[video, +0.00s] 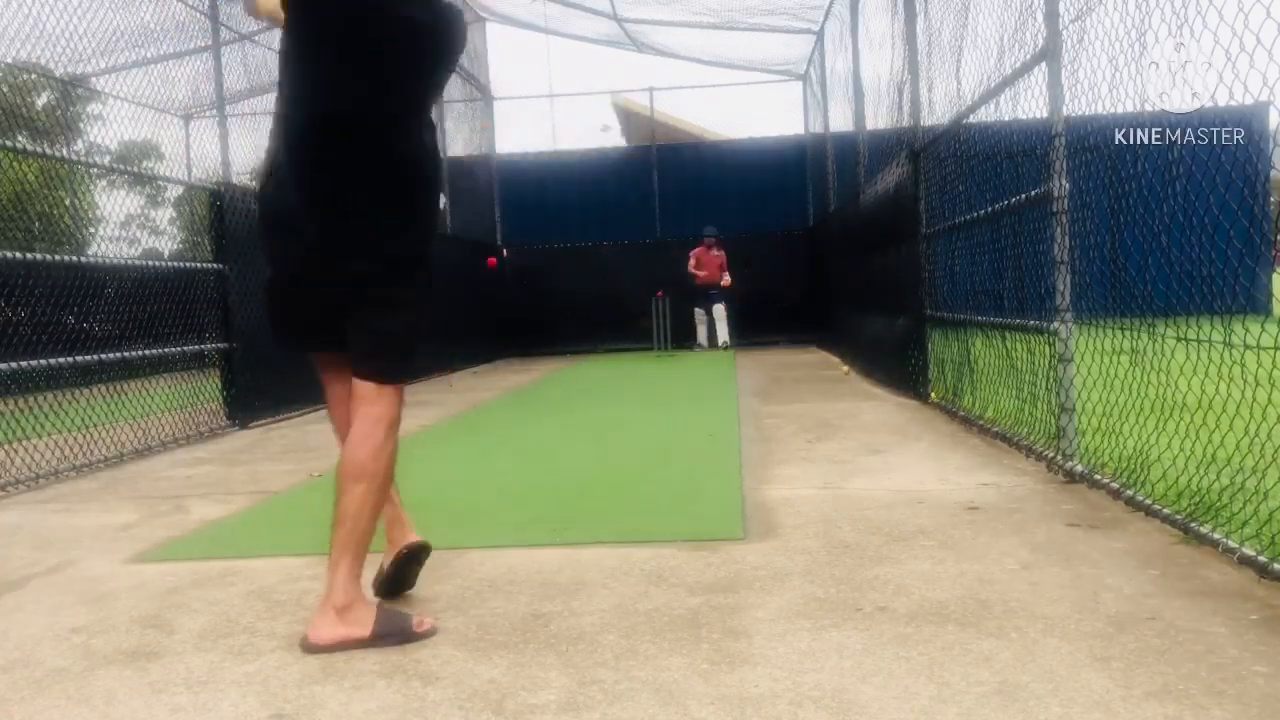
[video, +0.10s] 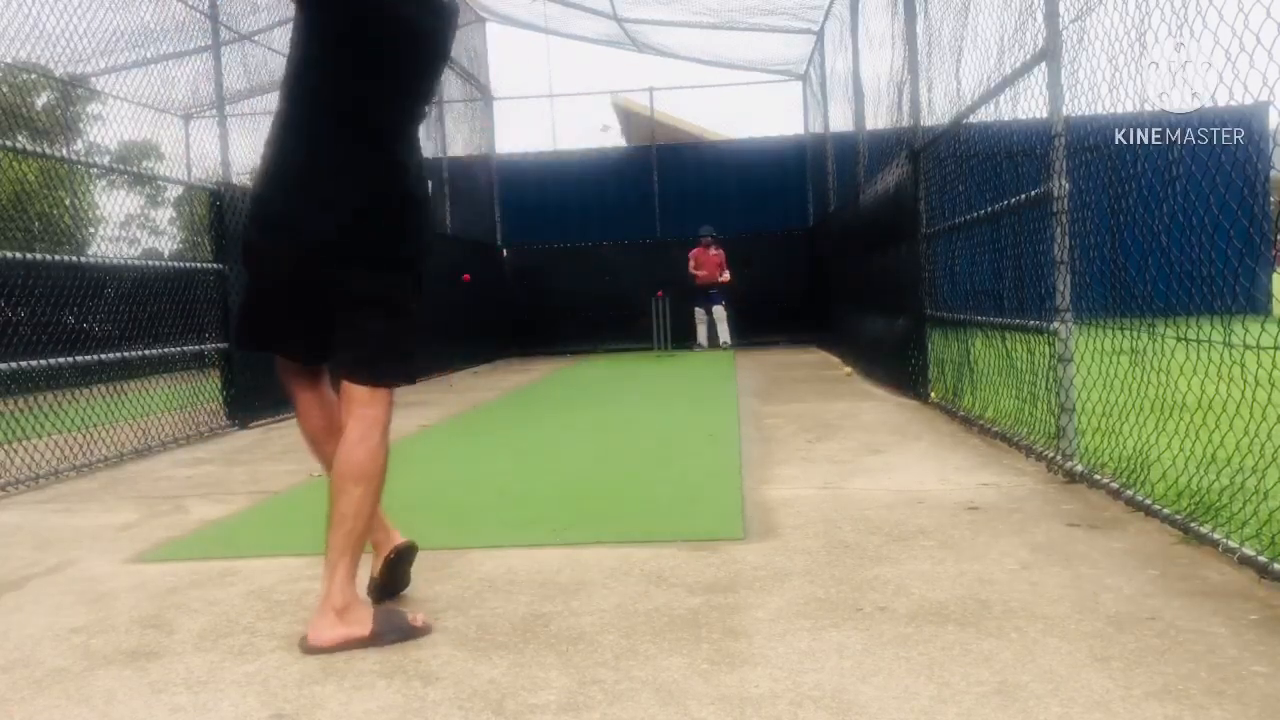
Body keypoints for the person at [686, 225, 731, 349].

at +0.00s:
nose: (710, 240)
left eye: (712, 237)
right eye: (707, 237)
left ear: (716, 239)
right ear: (703, 239)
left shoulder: (720, 253)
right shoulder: (696, 253)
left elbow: (724, 271)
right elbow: (690, 268)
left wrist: (726, 278)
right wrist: (699, 273)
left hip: (715, 286)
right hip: (700, 287)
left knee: (720, 312)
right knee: (700, 315)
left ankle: (723, 342)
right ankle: (702, 343)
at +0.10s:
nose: (706, 240)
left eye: (709, 237)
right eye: (704, 237)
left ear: (713, 238)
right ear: (700, 239)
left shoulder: (719, 252)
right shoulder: (695, 253)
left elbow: (724, 268)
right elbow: (690, 269)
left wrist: (725, 274)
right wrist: (698, 273)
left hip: (715, 285)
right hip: (700, 287)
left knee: (719, 313)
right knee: (700, 315)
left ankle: (725, 341)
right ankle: (702, 343)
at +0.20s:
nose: (705, 240)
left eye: (707, 237)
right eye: (703, 238)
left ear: (712, 238)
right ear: (700, 239)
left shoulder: (720, 252)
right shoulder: (695, 254)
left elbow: (726, 268)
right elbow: (692, 269)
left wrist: (725, 275)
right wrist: (699, 273)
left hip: (715, 285)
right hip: (701, 286)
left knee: (719, 314)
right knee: (700, 315)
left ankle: (725, 341)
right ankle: (702, 343)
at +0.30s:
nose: (702, 241)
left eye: (704, 238)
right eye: (701, 238)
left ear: (711, 238)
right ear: (701, 239)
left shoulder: (721, 252)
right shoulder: (697, 253)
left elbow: (728, 269)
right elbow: (694, 270)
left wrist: (724, 275)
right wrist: (700, 273)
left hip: (716, 284)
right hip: (702, 286)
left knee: (720, 312)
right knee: (701, 314)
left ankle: (725, 341)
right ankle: (702, 342)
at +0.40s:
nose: (704, 241)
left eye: (706, 239)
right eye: (703, 239)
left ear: (712, 239)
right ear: (702, 240)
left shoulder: (723, 251)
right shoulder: (699, 254)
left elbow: (730, 269)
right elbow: (696, 270)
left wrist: (724, 275)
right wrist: (702, 273)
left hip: (718, 285)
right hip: (704, 286)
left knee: (721, 312)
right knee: (702, 313)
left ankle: (725, 341)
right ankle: (702, 342)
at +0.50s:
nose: (705, 242)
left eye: (707, 239)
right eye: (704, 240)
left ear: (713, 239)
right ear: (702, 241)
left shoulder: (724, 251)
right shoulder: (701, 254)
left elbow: (732, 269)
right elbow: (699, 270)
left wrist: (723, 274)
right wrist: (706, 274)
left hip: (719, 285)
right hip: (706, 286)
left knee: (721, 312)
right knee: (703, 312)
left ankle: (726, 341)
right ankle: (702, 342)